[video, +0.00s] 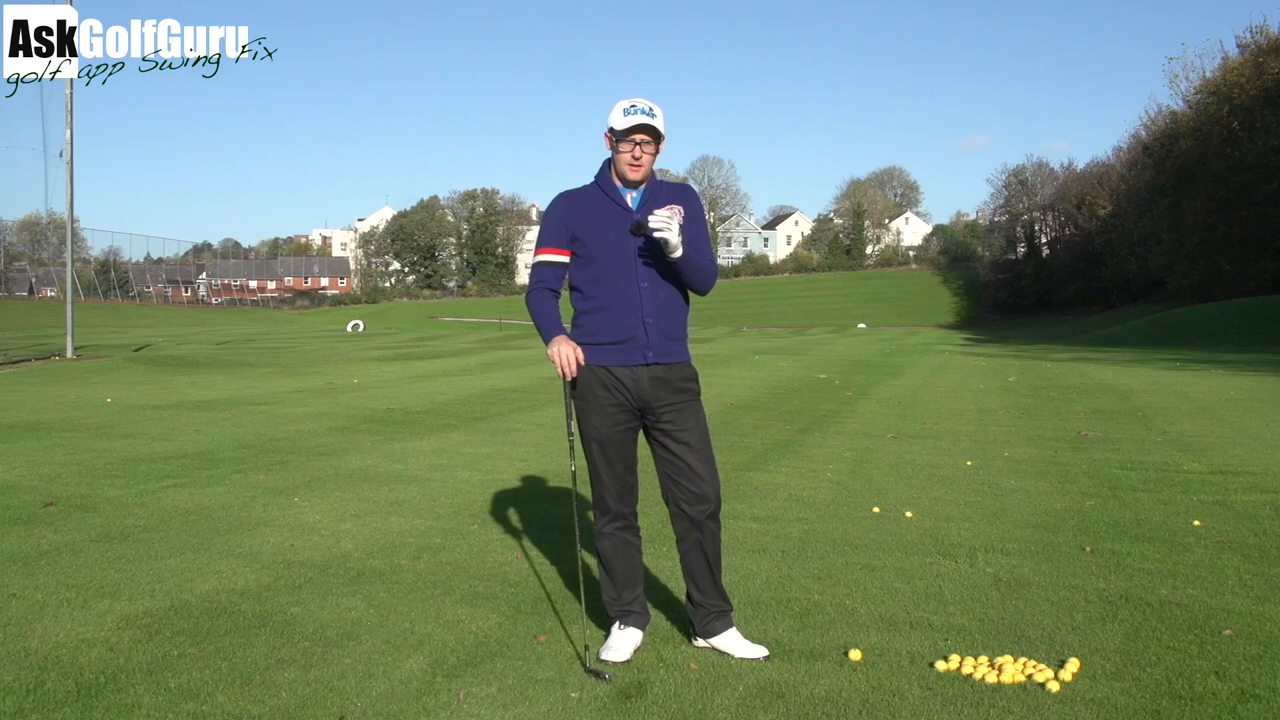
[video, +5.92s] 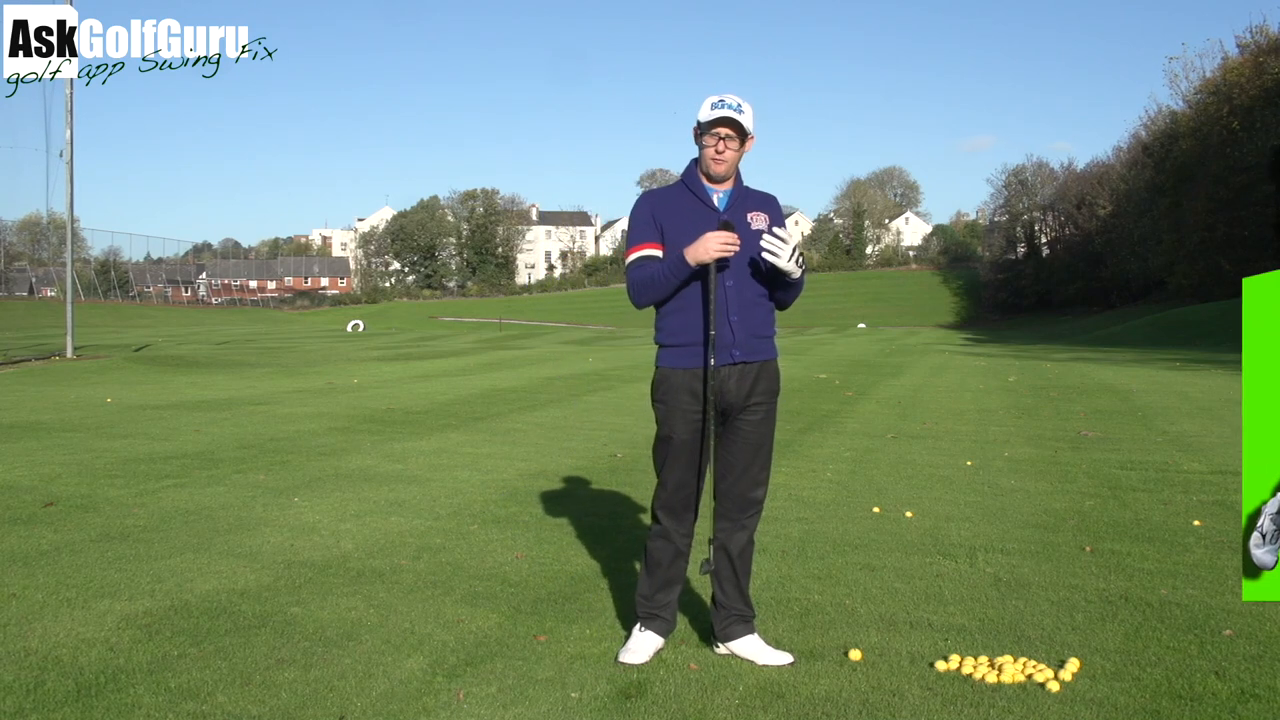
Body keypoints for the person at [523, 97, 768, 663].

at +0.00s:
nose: (638, 151)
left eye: (648, 142)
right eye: (629, 141)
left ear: (660, 149)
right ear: (610, 143)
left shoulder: (681, 200)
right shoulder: (570, 207)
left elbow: (704, 281)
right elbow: (542, 288)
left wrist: (676, 246)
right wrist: (554, 335)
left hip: (672, 373)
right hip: (602, 375)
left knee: (699, 497)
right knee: (615, 505)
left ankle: (711, 621)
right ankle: (628, 618)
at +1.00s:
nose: (711, 149)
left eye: (722, 142)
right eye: (703, 138)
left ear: (732, 150)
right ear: (684, 138)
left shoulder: (749, 204)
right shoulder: (635, 201)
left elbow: (772, 282)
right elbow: (606, 278)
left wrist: (753, 286)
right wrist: (610, 331)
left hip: (736, 373)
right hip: (662, 374)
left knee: (738, 507)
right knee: (650, 507)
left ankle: (736, 628)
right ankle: (631, 621)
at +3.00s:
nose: (654, 146)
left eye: (664, 138)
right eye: (646, 137)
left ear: (678, 147)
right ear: (629, 142)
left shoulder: (703, 204)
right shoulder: (588, 210)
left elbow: (729, 283)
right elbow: (570, 293)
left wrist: (710, 280)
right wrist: (591, 336)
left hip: (694, 376)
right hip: (624, 379)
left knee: (721, 501)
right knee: (634, 507)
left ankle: (734, 626)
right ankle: (649, 621)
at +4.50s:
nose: (666, 146)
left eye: (677, 140)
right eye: (658, 135)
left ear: (688, 148)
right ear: (639, 137)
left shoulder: (705, 205)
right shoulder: (595, 207)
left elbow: (728, 290)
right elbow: (585, 291)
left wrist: (730, 264)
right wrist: (643, 263)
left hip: (705, 369)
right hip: (633, 374)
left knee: (721, 501)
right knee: (642, 504)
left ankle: (732, 626)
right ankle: (649, 621)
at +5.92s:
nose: (718, 145)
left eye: (729, 137)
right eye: (710, 135)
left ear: (745, 145)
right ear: (697, 141)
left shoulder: (765, 208)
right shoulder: (655, 206)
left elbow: (783, 298)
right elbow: (642, 290)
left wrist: (790, 270)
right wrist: (688, 256)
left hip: (753, 373)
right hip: (683, 376)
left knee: (741, 507)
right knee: (674, 504)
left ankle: (733, 627)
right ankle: (653, 621)